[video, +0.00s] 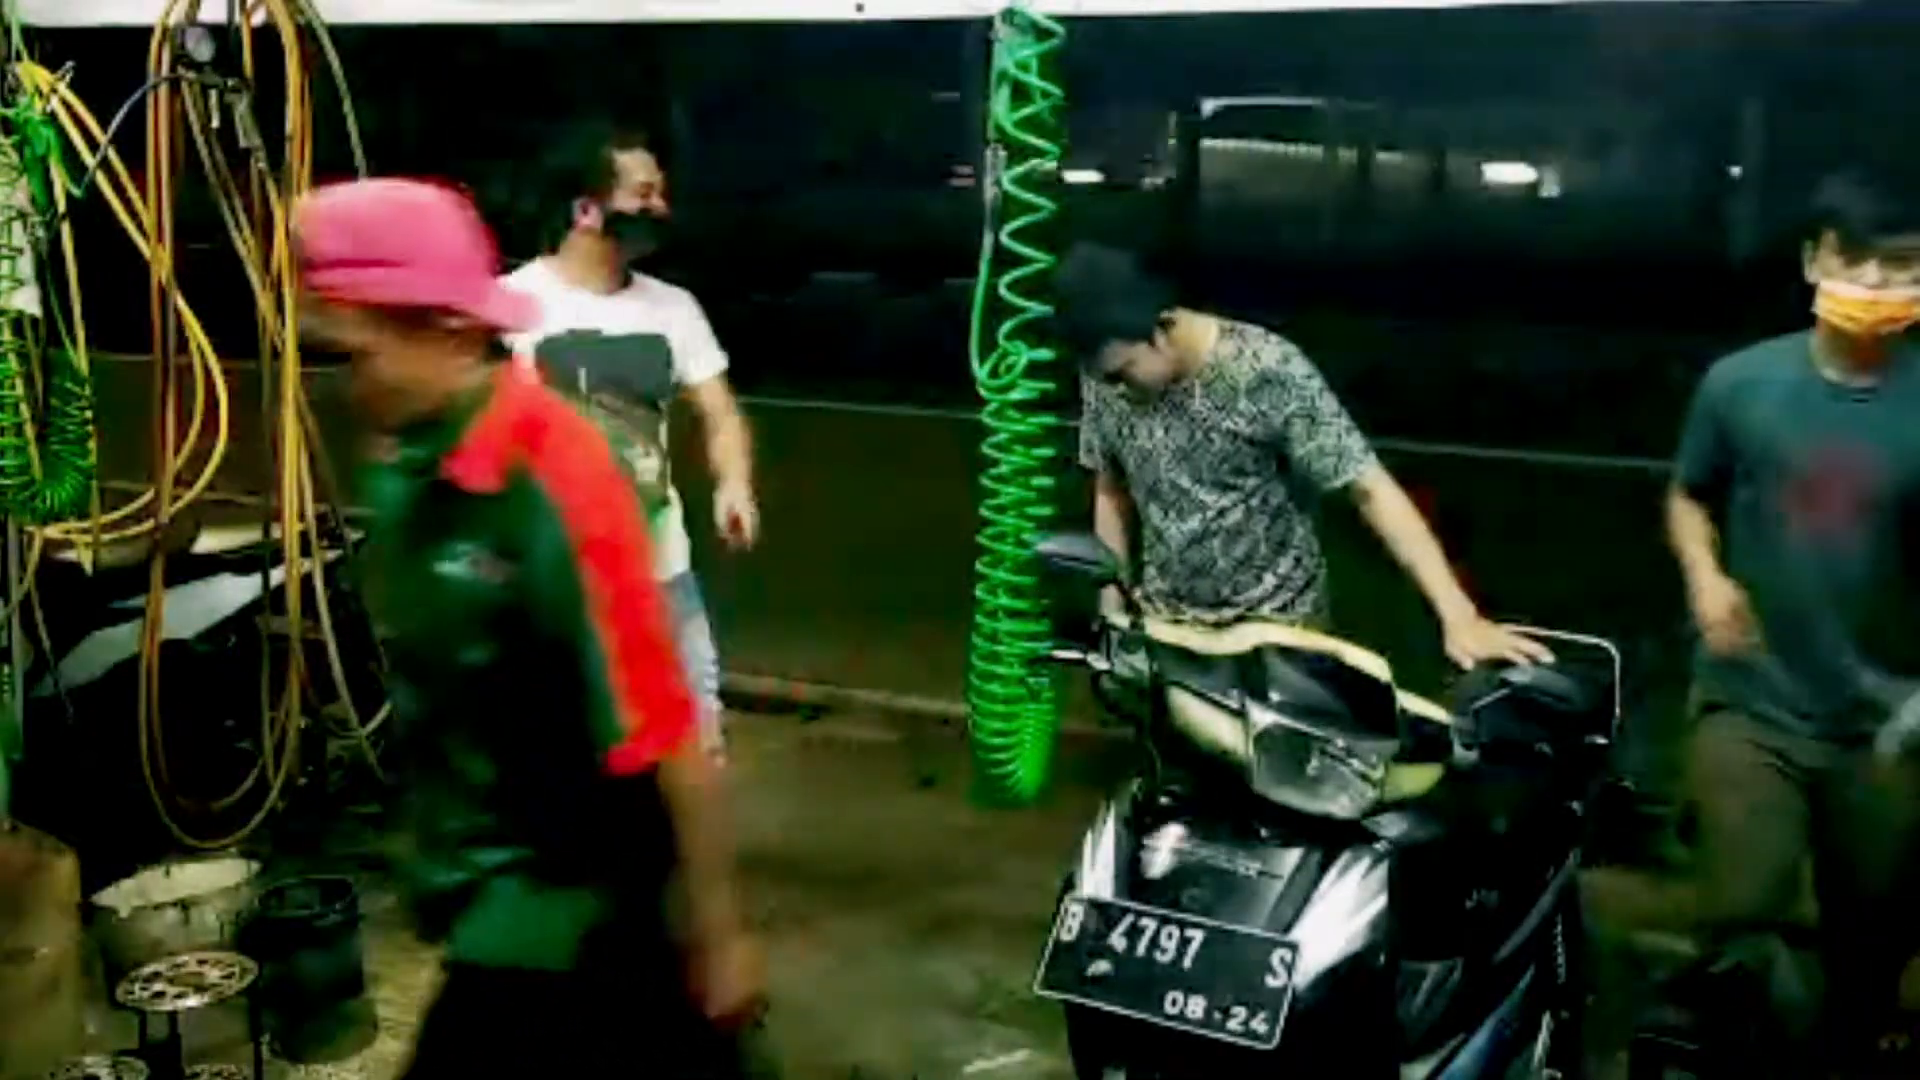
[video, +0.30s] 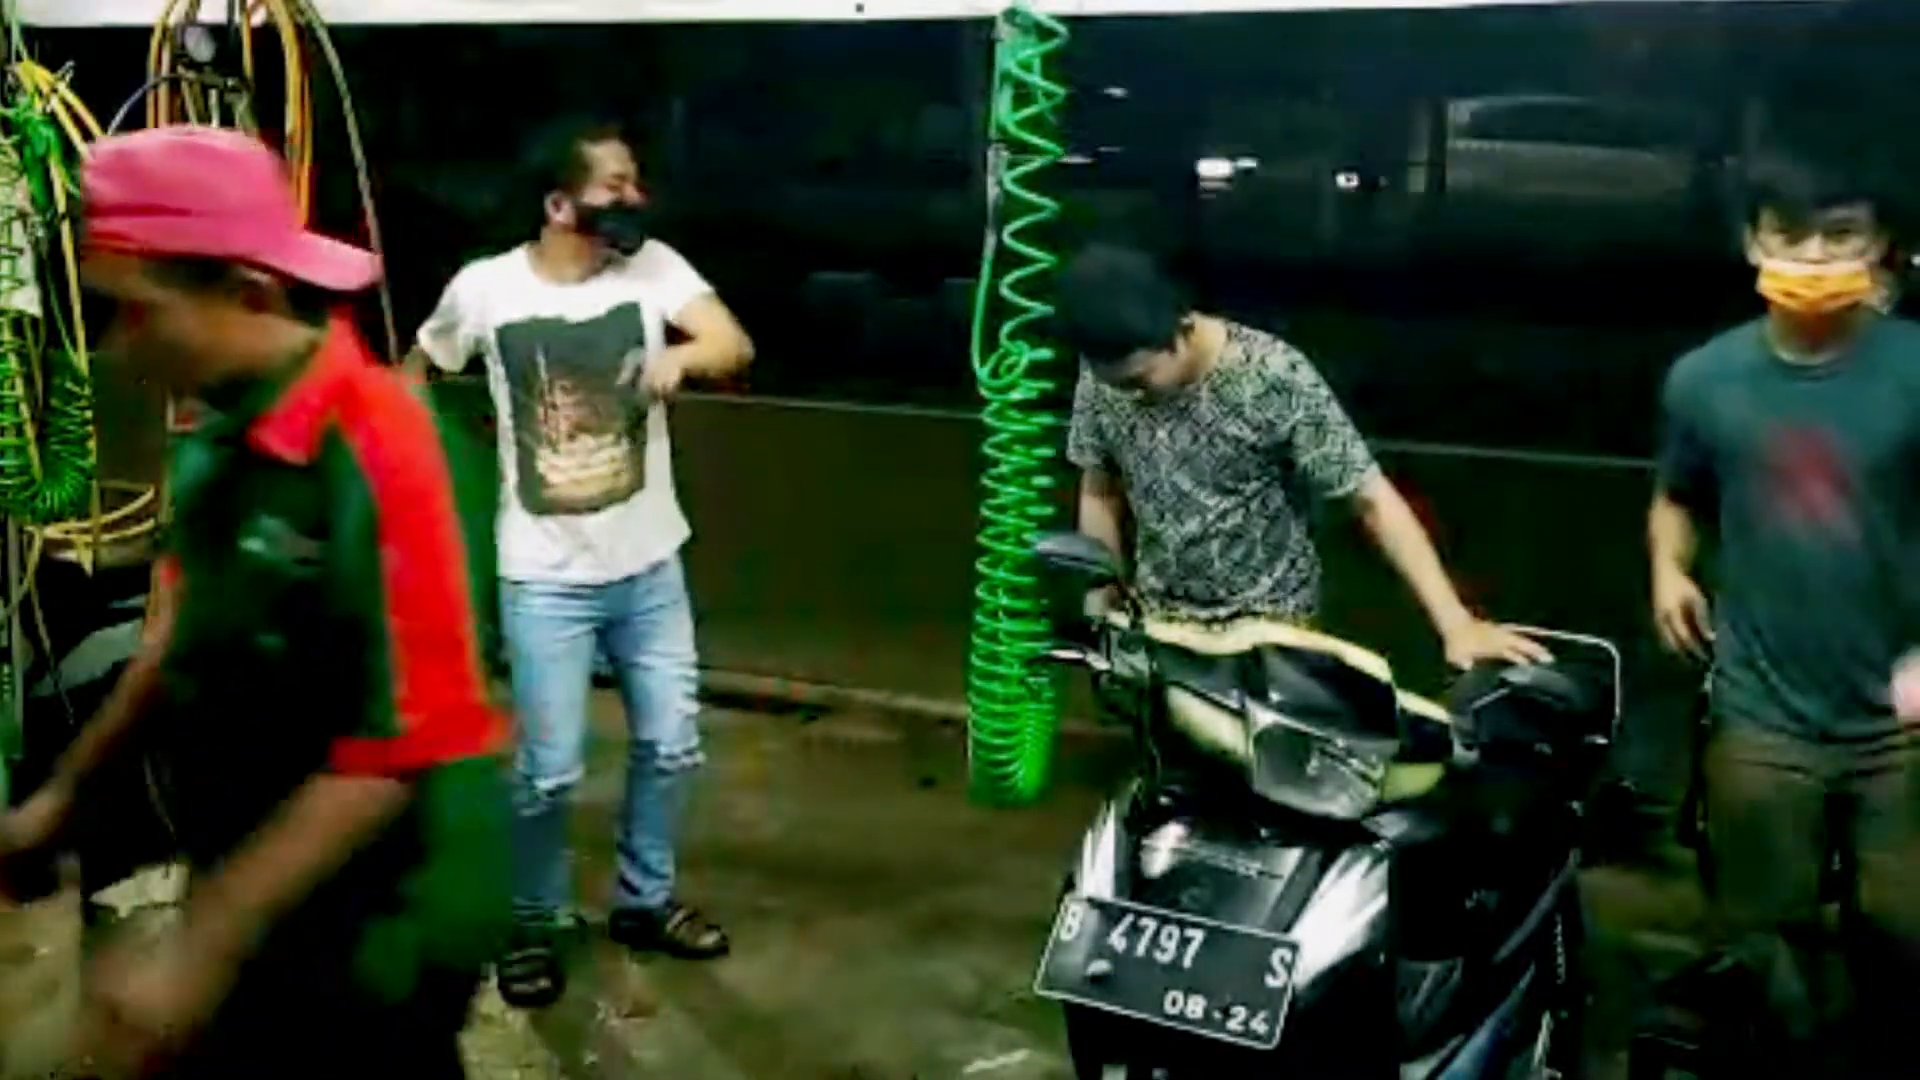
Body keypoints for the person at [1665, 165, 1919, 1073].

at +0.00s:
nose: (1881, 290)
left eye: (1898, 269)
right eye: (1864, 266)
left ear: (1917, 279)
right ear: (1817, 262)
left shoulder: (1913, 399)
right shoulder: (1740, 387)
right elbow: (1686, 495)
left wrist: (1918, 699)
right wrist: (1707, 581)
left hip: (1883, 721)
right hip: (1754, 708)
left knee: (1872, 952)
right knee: (1747, 910)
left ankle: (1849, 1072)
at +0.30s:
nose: (1816, 273)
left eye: (1840, 248)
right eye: (1793, 249)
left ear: (1882, 259)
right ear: (1754, 253)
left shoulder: (1910, 369)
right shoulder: (1704, 382)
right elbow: (1675, 494)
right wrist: (1669, 570)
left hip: (1893, 715)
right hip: (1760, 712)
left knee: (1899, 941)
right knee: (1757, 946)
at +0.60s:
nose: (1807, 277)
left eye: (1834, 253)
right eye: (1785, 253)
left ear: (1877, 253)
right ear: (1747, 245)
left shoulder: (1905, 365)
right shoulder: (1700, 382)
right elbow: (1681, 494)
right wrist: (1670, 567)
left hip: (1893, 706)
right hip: (1765, 711)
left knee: (1907, 914)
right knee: (1771, 937)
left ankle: (1898, 1042)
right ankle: (1783, 1071)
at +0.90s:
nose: (1850, 293)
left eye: (1878, 267)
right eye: (1823, 266)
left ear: (1911, 266)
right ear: (1784, 260)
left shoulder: (1915, 385)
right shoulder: (1743, 389)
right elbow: (1726, 505)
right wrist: (1679, 563)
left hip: (1894, 748)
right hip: (1771, 736)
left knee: (1898, 1005)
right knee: (1784, 987)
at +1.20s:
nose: (1865, 327)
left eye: (1890, 306)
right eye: (1861, 304)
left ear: (1912, 305)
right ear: (1851, 300)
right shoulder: (1814, 386)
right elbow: (1798, 509)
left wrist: (1898, 382)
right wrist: (1747, 588)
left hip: (1912, 788)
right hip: (1828, 765)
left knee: (1904, 1036)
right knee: (1803, 1017)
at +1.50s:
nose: (1902, 376)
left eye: (1912, 356)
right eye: (1893, 349)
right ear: (1869, 326)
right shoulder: (1848, 406)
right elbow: (1854, 519)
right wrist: (1779, 596)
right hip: (1884, 740)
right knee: (1861, 926)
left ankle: (1879, 1039)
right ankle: (1859, 1041)